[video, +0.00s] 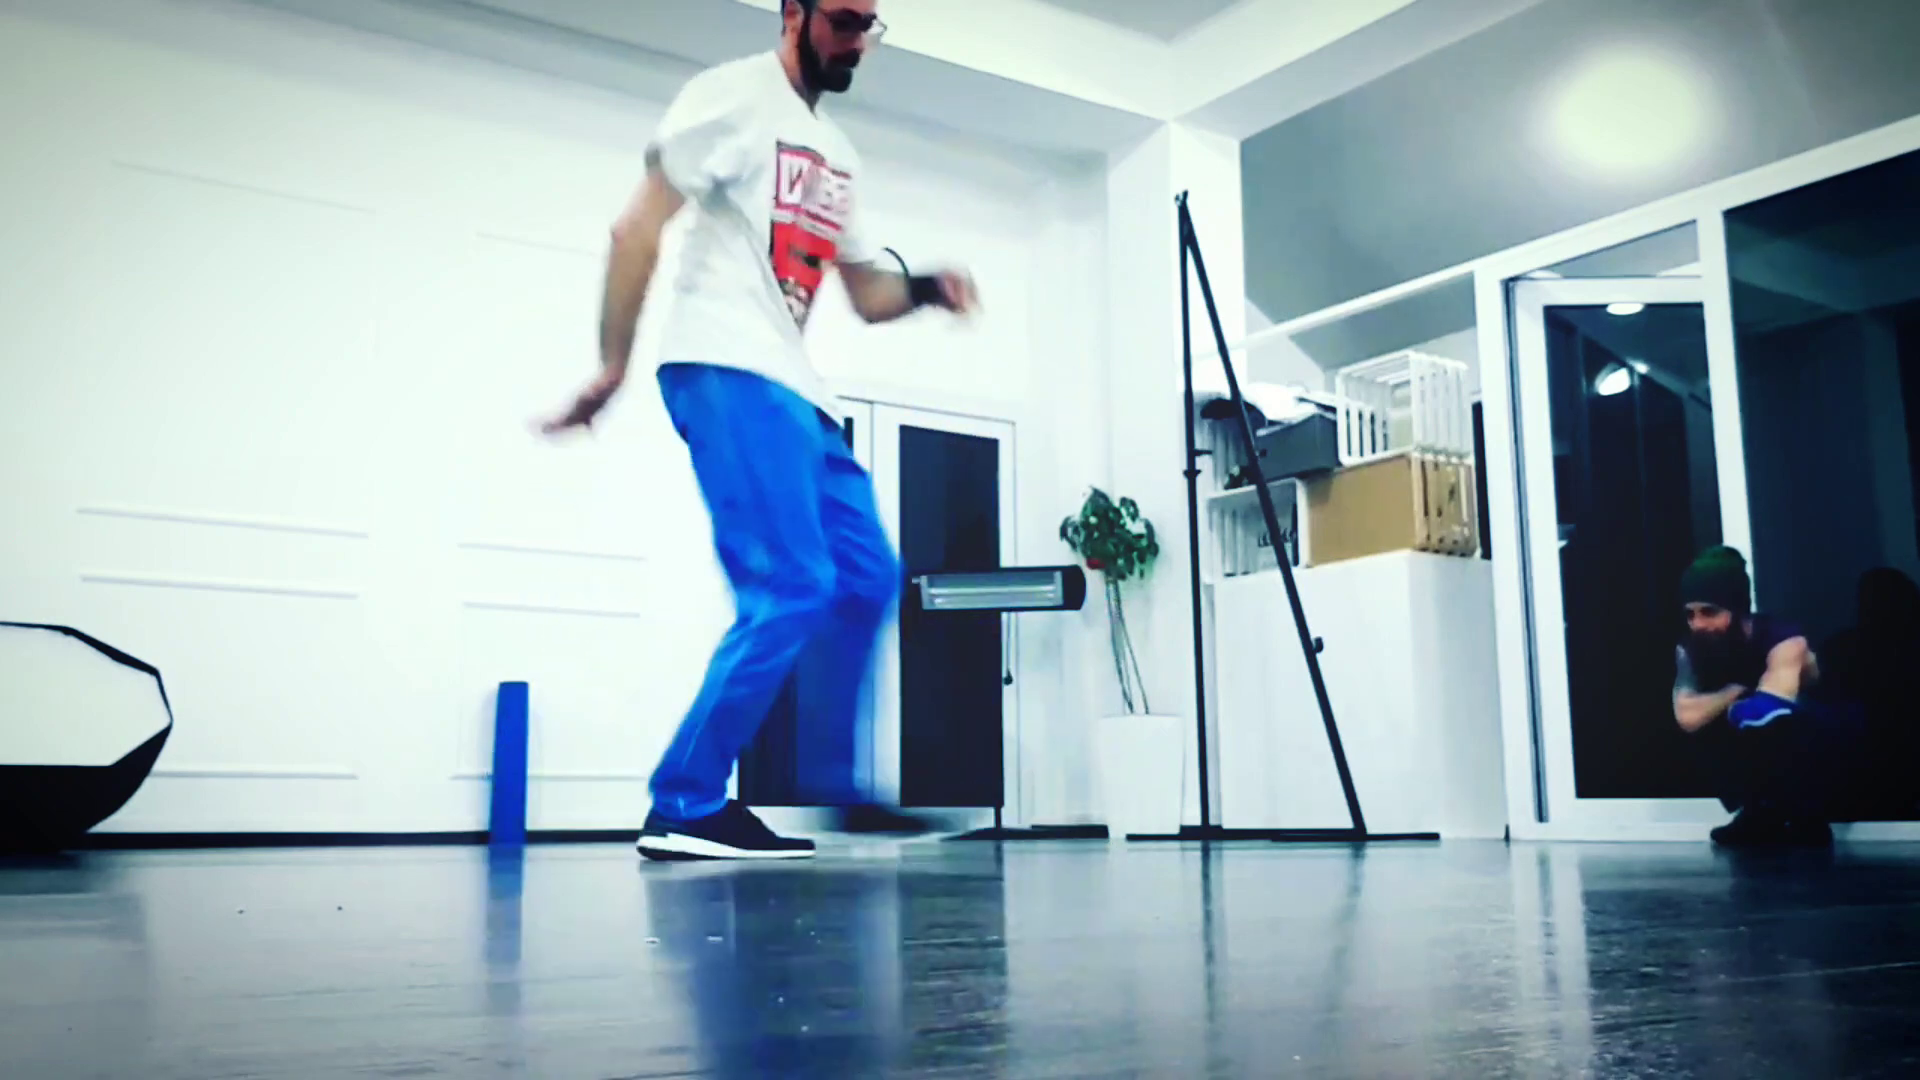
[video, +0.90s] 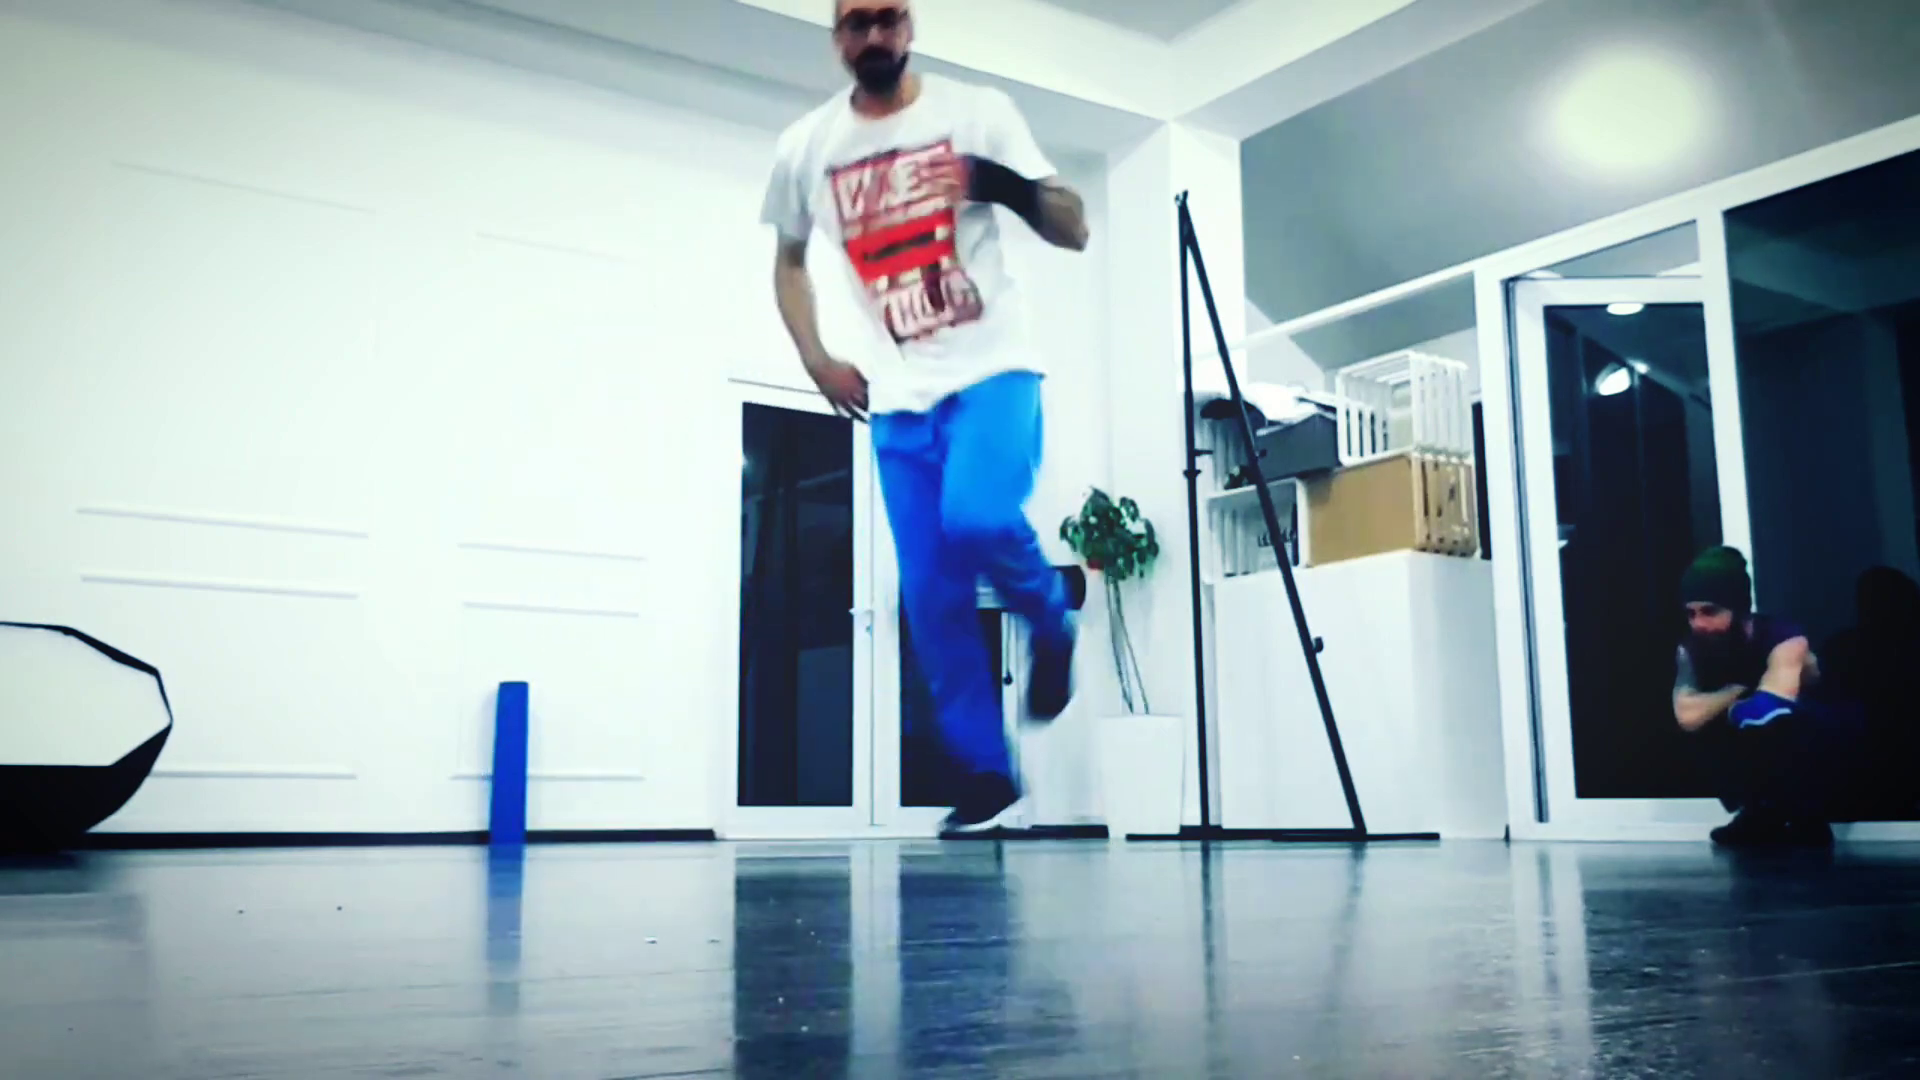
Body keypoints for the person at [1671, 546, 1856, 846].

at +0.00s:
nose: (1697, 625)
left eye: (1708, 613)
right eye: (1690, 614)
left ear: (1738, 610)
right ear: (1685, 615)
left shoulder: (1782, 639)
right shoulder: (1690, 653)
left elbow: (1775, 700)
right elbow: (1687, 716)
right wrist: (1733, 692)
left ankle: (1804, 820)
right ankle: (1756, 813)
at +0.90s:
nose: (1698, 624)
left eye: (1709, 613)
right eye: (1691, 614)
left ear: (1738, 609)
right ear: (1685, 613)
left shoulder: (1781, 637)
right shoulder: (1691, 652)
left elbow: (1776, 701)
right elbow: (1687, 715)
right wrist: (1737, 691)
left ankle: (1805, 820)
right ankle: (1757, 814)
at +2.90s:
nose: (1697, 622)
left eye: (1708, 610)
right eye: (1691, 612)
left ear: (1736, 605)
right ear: (1685, 611)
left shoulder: (1783, 639)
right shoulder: (1691, 651)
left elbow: (1774, 706)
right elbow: (1688, 715)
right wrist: (1735, 692)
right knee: (1705, 726)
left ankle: (1802, 819)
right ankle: (1755, 813)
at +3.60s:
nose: (1697, 623)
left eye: (1708, 611)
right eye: (1690, 613)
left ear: (1736, 607)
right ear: (1684, 612)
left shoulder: (1779, 637)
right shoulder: (1690, 652)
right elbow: (1688, 715)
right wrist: (1738, 690)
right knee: (1704, 727)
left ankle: (1802, 819)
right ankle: (1755, 814)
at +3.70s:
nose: (1697, 623)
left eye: (1708, 611)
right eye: (1690, 613)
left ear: (1736, 607)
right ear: (1684, 612)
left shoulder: (1777, 637)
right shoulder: (1691, 652)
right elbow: (1688, 715)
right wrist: (1738, 689)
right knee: (1704, 728)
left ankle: (1802, 819)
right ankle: (1755, 814)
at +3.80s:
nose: (1697, 624)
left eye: (1709, 611)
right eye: (1690, 613)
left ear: (1736, 606)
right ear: (1684, 612)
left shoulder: (1777, 638)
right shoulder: (1691, 652)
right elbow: (1688, 715)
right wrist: (1738, 689)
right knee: (1705, 727)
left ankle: (1802, 819)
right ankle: (1755, 814)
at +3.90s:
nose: (1697, 623)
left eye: (1708, 611)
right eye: (1690, 613)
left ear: (1736, 607)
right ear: (1684, 612)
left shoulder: (1780, 638)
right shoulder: (1691, 652)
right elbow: (1688, 715)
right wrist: (1739, 690)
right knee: (1704, 727)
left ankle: (1802, 818)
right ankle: (1754, 814)